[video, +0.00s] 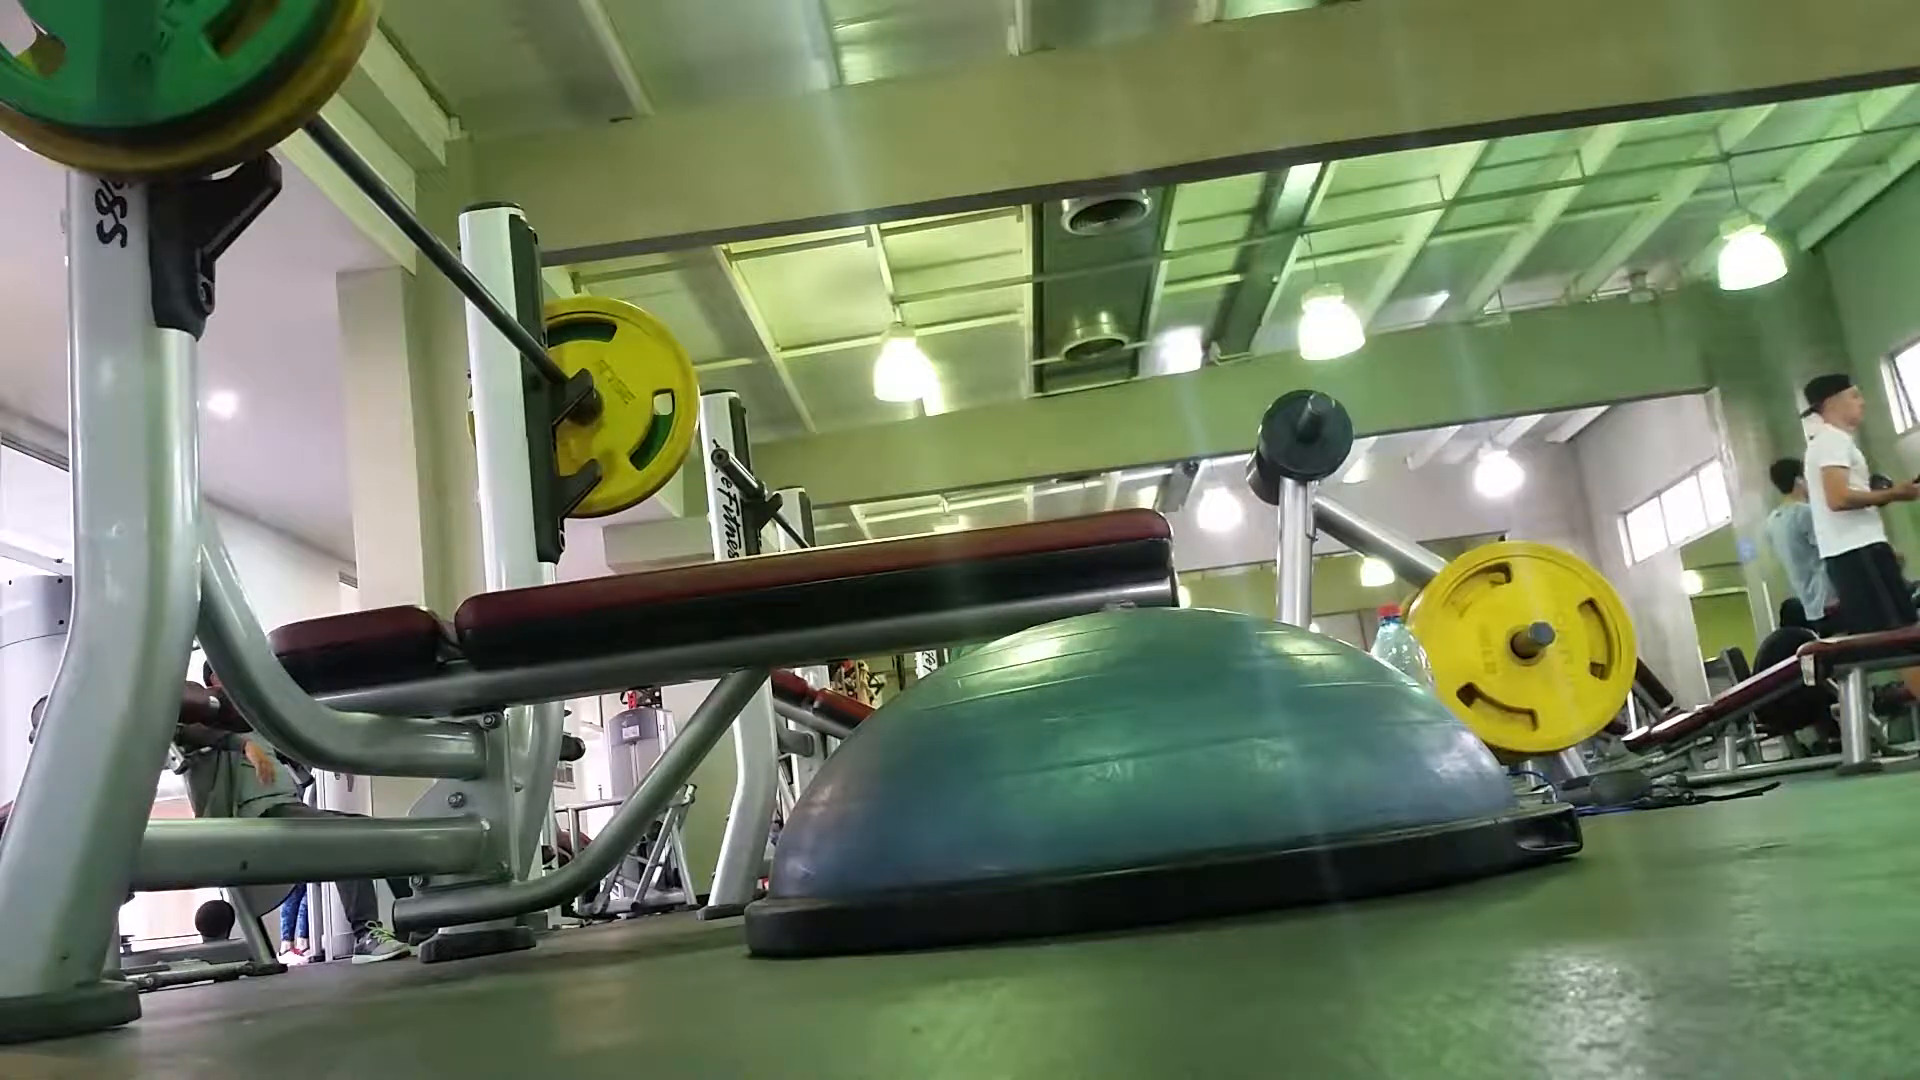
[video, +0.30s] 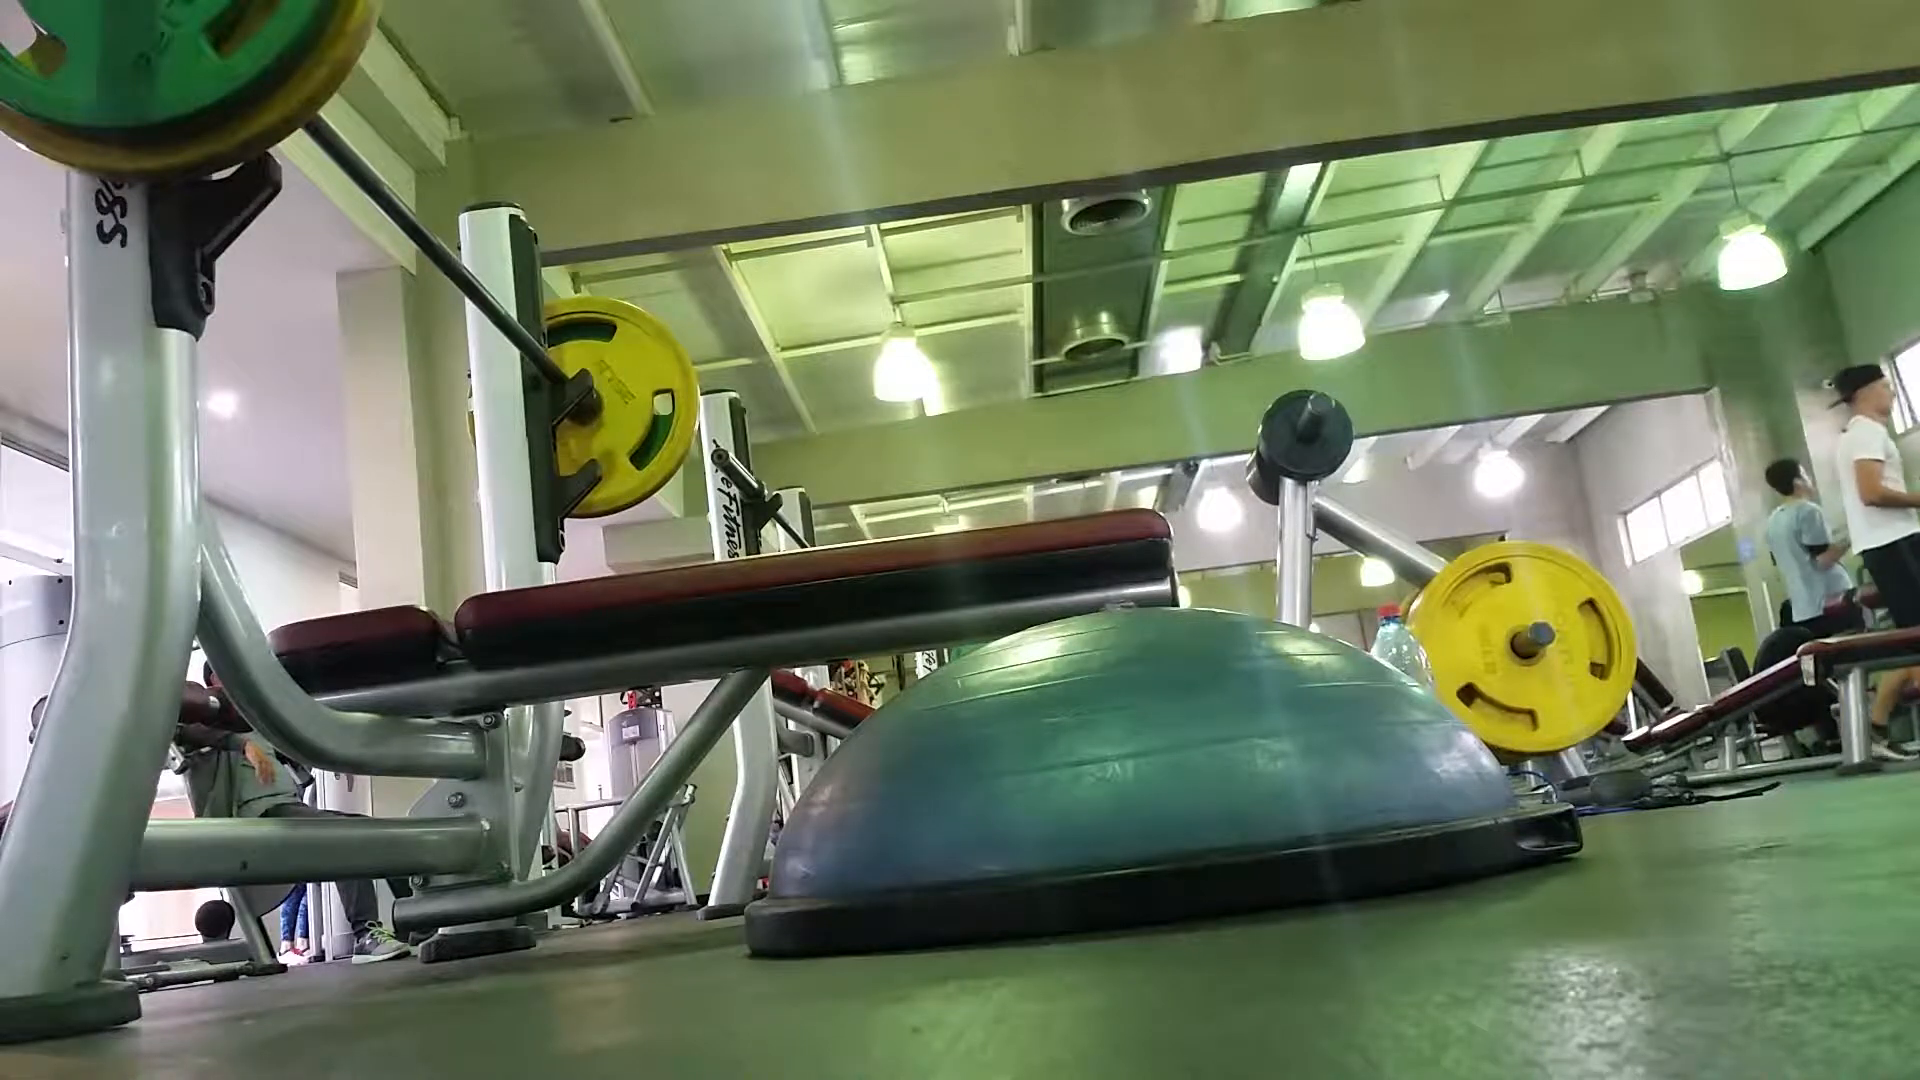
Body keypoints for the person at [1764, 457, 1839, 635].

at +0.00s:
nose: (1810, 483)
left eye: (1807, 477)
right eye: (1806, 477)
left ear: (1779, 485)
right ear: (1798, 481)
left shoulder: (1773, 520)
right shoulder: (1804, 513)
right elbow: (1826, 547)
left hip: (1805, 604)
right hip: (1829, 601)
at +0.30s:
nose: (1810, 479)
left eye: (1806, 474)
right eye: (1805, 475)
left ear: (1778, 487)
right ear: (1797, 482)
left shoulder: (1773, 519)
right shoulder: (1808, 511)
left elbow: (1777, 561)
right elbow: (1822, 560)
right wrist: (1848, 540)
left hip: (1803, 612)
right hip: (1834, 605)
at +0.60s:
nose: (1810, 478)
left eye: (1805, 473)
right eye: (1805, 475)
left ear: (1783, 491)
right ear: (1798, 482)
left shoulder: (1780, 520)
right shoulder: (1812, 507)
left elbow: (1775, 570)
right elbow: (1811, 552)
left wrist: (1804, 577)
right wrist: (1851, 564)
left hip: (1806, 613)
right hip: (1835, 605)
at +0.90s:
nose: (1819, 475)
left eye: (1815, 471)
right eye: (1814, 472)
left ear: (1792, 485)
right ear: (1808, 479)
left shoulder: (1786, 517)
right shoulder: (1819, 504)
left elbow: (1776, 566)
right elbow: (1813, 548)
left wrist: (1802, 577)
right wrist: (1854, 565)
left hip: (1804, 608)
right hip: (1833, 602)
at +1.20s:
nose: (1816, 487)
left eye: (1815, 481)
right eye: (1815, 482)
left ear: (1787, 483)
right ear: (1811, 483)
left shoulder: (1775, 516)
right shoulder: (1806, 512)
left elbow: (1778, 559)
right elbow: (1821, 561)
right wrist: (1866, 548)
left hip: (1810, 612)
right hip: (1836, 607)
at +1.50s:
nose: (1811, 486)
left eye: (1809, 481)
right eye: (1810, 481)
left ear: (1781, 484)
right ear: (1807, 483)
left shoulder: (1770, 520)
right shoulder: (1807, 510)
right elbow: (1837, 553)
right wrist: (1860, 521)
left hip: (1809, 611)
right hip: (1838, 606)